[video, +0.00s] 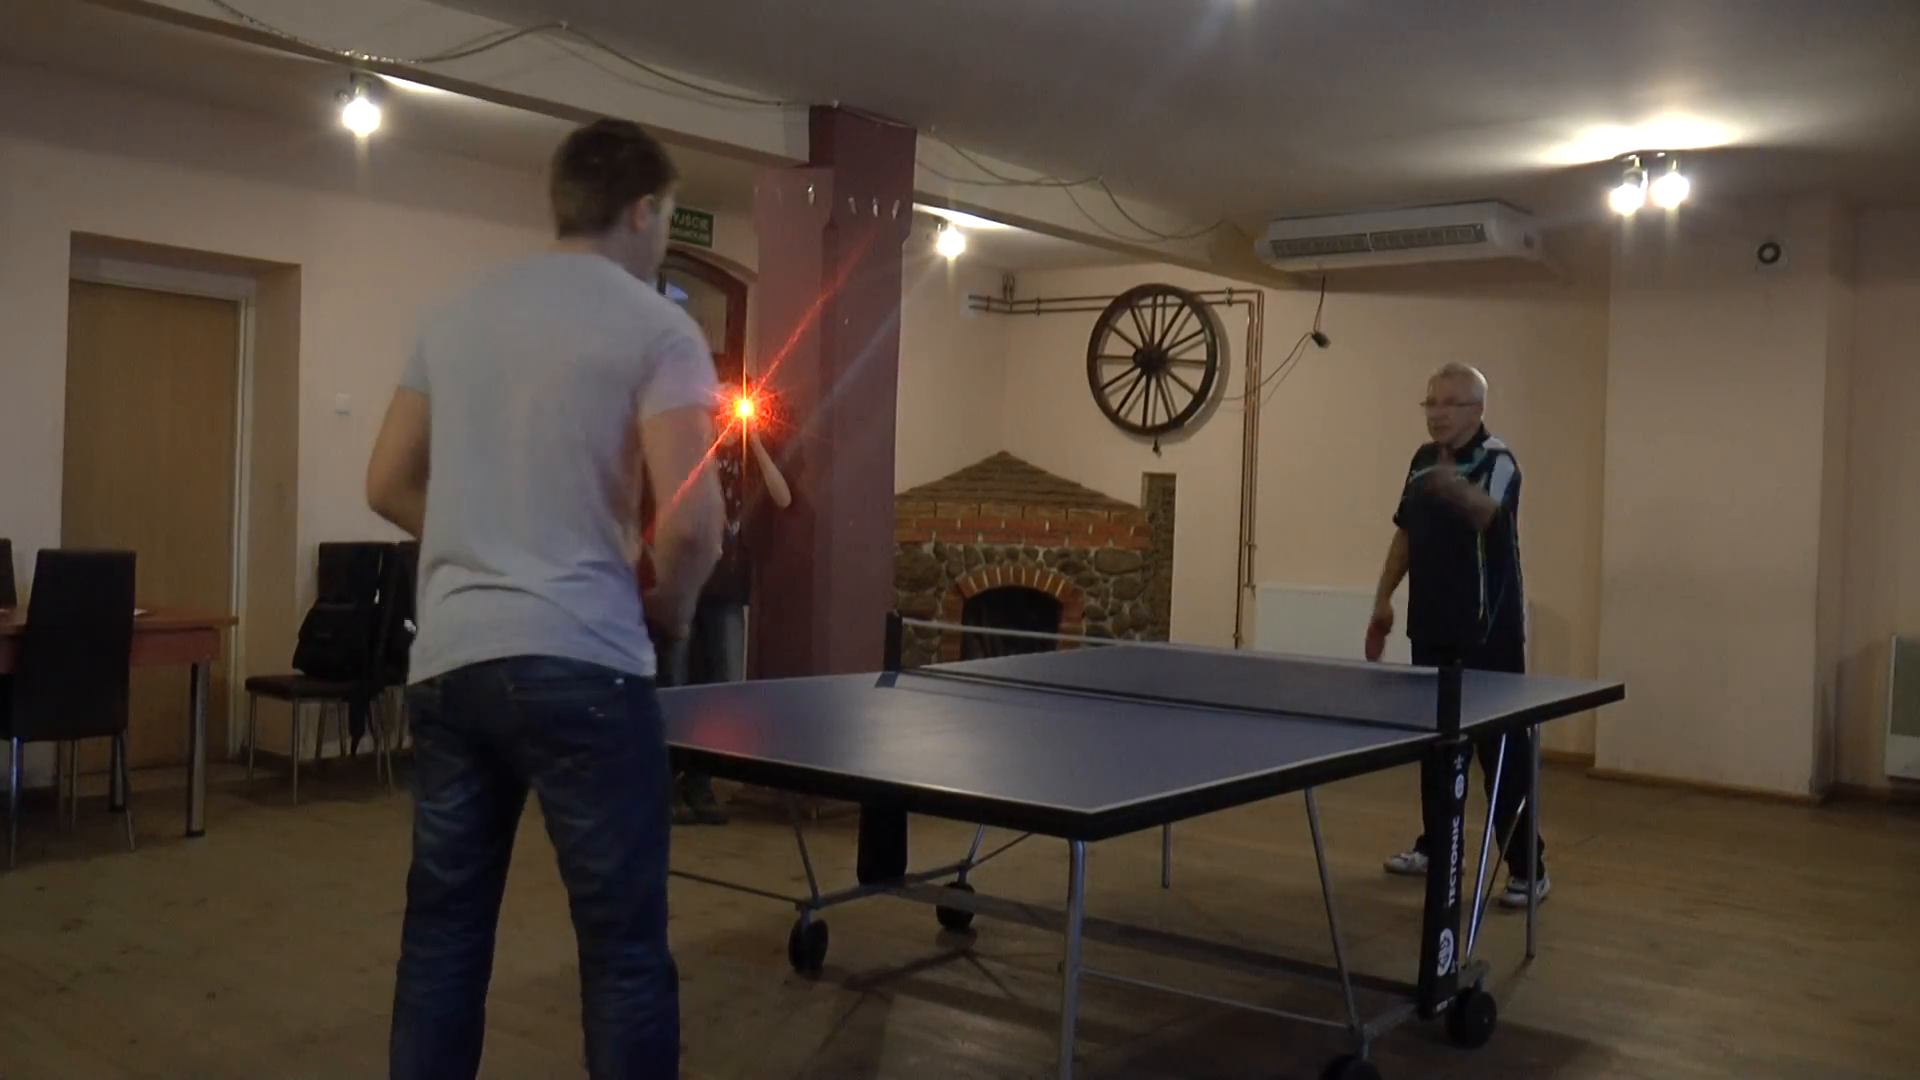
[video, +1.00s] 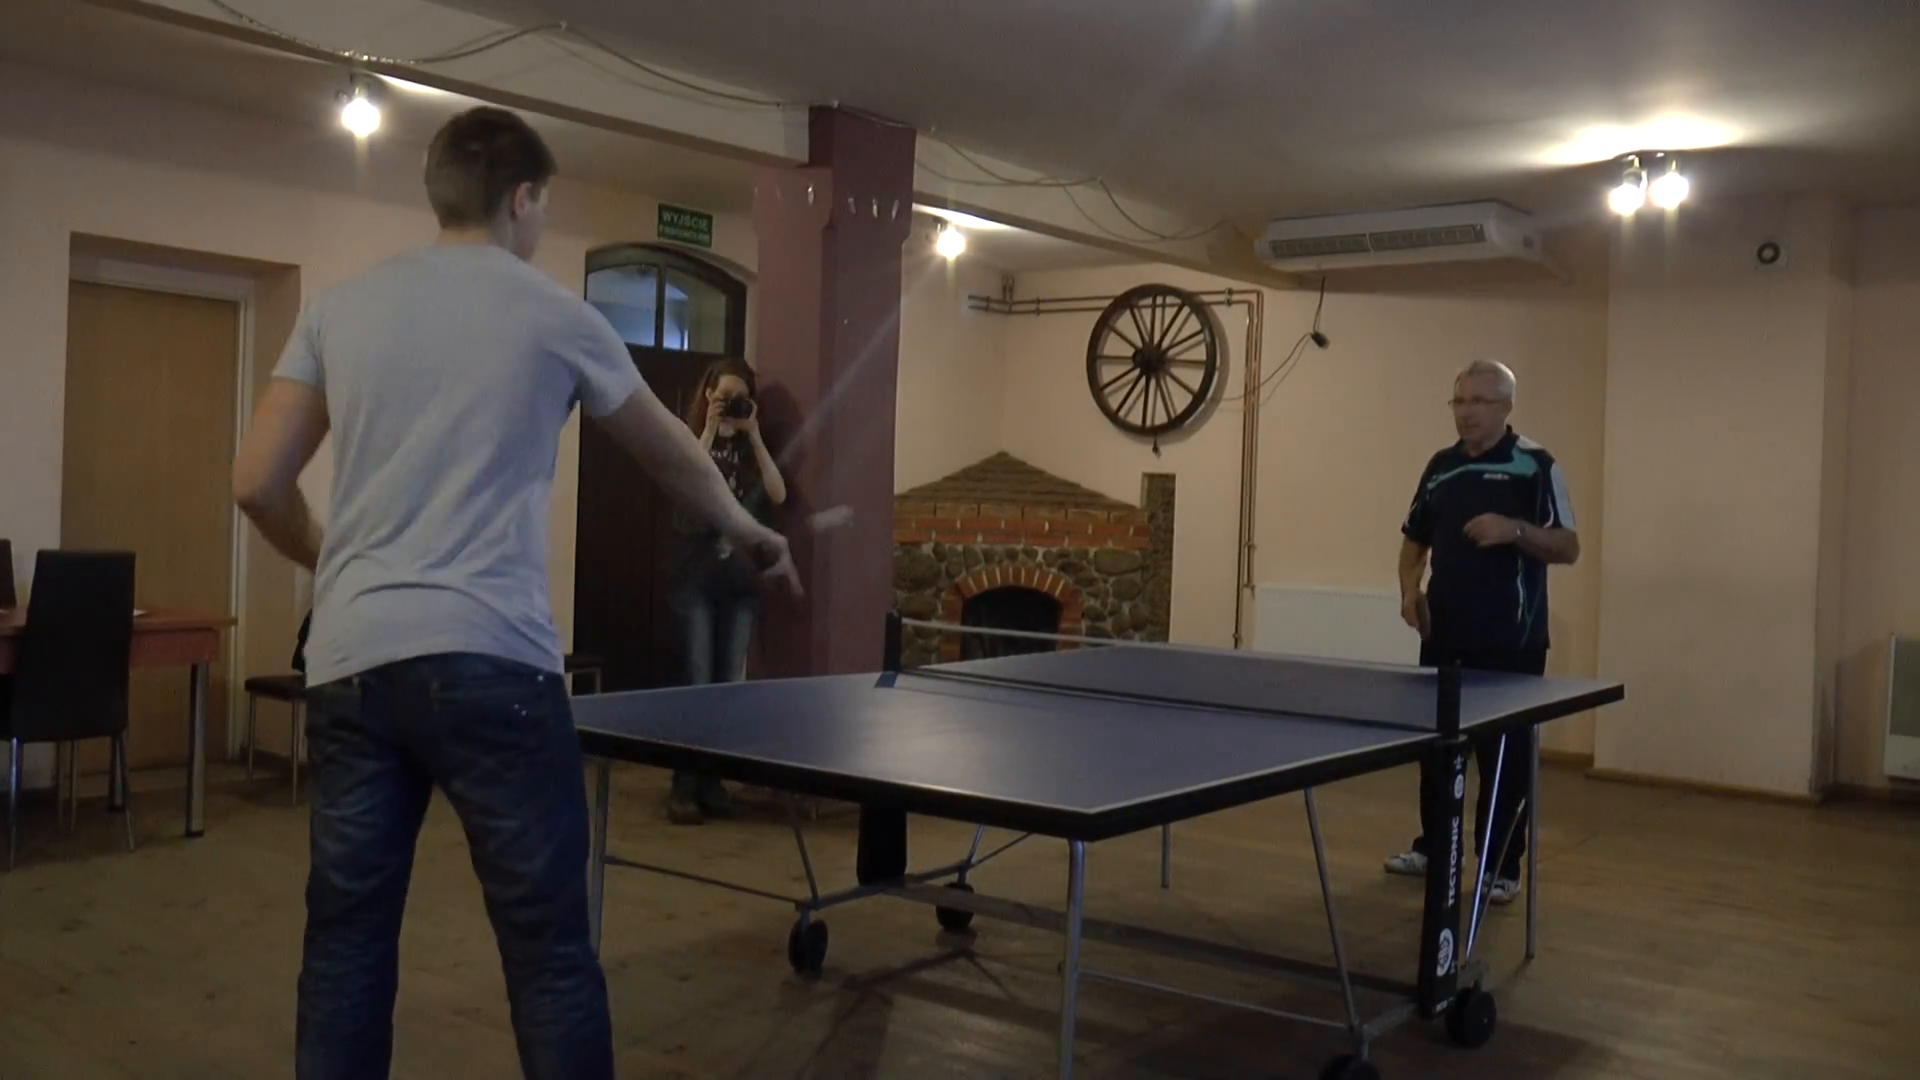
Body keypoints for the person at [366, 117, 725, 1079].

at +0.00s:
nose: (665, 234)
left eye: (666, 216)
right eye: (665, 215)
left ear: (562, 207)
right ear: (642, 211)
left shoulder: (457, 309)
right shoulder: (656, 322)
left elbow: (390, 483)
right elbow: (690, 519)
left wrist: (487, 540)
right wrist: (664, 617)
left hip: (448, 658)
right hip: (584, 657)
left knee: (441, 928)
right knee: (623, 942)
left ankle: (422, 1074)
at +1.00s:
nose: (544, 219)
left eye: (544, 201)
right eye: (545, 200)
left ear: (439, 199)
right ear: (522, 198)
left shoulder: (337, 306)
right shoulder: (553, 309)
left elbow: (259, 484)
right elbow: (676, 458)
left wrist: (330, 562)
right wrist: (745, 529)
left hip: (347, 657)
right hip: (490, 651)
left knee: (344, 942)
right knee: (548, 946)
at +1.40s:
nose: (530, 210)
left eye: (529, 192)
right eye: (530, 190)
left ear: (420, 193)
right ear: (508, 190)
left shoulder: (329, 300)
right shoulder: (549, 311)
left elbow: (252, 478)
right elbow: (619, 509)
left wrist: (313, 577)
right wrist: (605, 590)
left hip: (354, 651)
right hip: (497, 649)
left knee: (347, 933)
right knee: (551, 941)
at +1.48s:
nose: (535, 209)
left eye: (534, 191)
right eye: (535, 190)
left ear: (426, 192)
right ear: (512, 190)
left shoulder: (334, 299)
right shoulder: (553, 314)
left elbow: (257, 479)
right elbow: (596, 523)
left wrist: (326, 576)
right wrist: (584, 620)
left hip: (357, 651)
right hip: (499, 653)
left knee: (350, 935)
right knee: (552, 944)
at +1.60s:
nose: (546, 206)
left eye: (545, 188)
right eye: (546, 188)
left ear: (437, 191)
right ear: (524, 189)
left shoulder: (344, 304)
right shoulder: (556, 313)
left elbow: (271, 480)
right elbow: (582, 518)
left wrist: (345, 567)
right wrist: (584, 617)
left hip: (360, 651)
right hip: (499, 653)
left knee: (354, 938)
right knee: (553, 947)